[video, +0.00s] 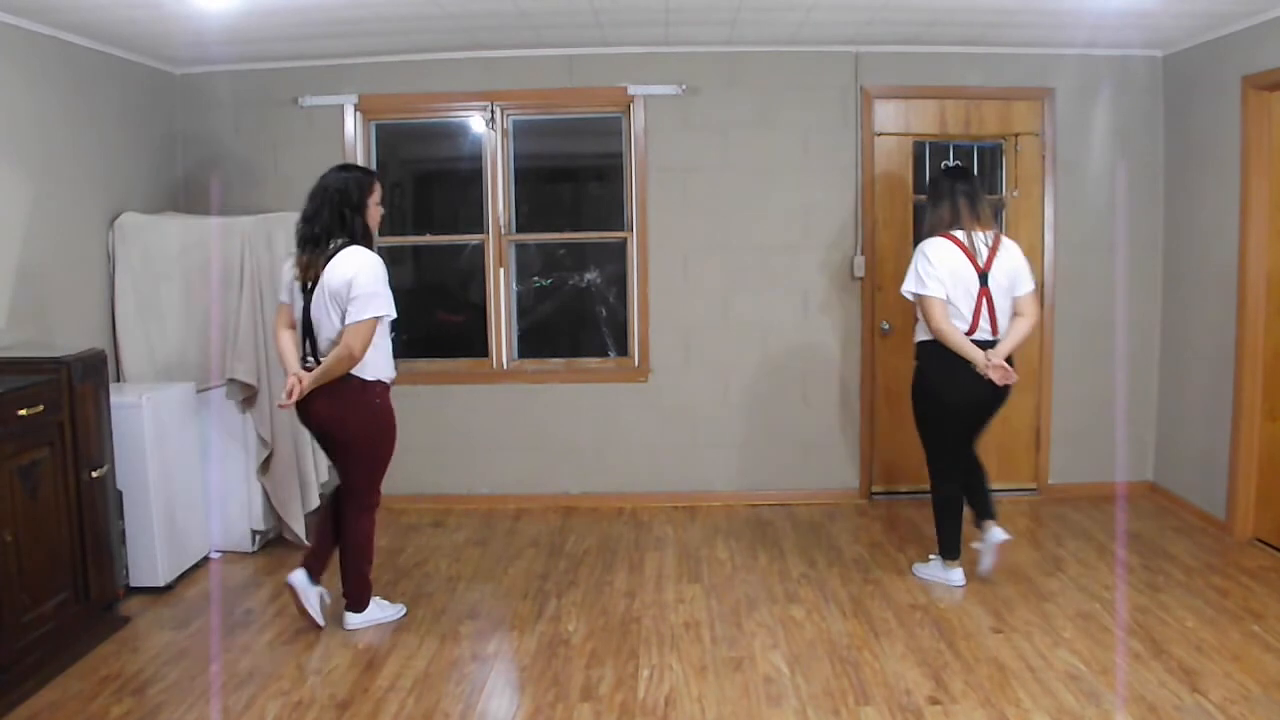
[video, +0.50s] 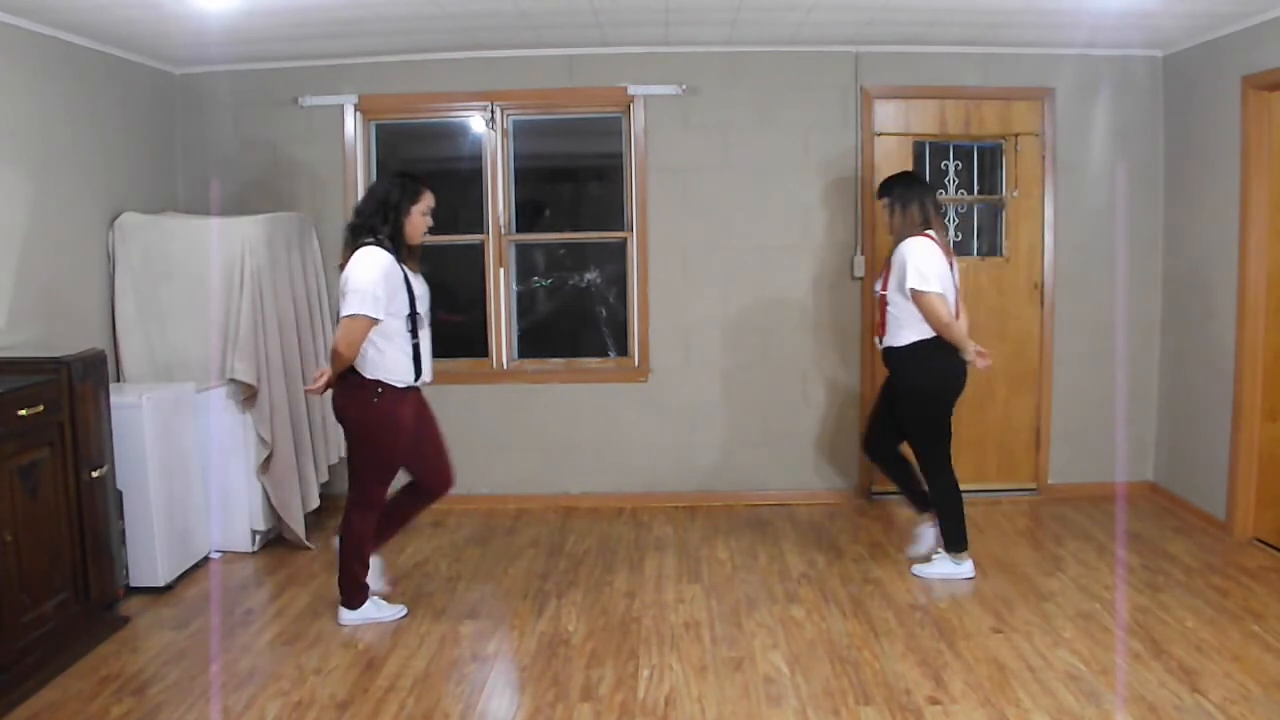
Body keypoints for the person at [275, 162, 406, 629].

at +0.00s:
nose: (382, 213)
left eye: (381, 203)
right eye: (377, 204)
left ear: (327, 207)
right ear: (355, 208)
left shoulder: (304, 262)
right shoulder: (366, 265)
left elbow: (285, 326)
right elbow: (352, 348)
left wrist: (295, 372)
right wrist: (310, 379)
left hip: (317, 397)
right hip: (359, 399)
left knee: (351, 486)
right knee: (362, 500)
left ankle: (309, 573)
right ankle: (359, 605)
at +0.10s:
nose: (391, 213)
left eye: (390, 204)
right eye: (386, 204)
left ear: (352, 207)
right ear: (363, 207)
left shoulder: (333, 259)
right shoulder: (364, 264)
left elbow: (301, 322)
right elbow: (348, 347)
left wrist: (302, 369)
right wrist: (312, 377)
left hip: (333, 392)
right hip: (362, 396)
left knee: (365, 488)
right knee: (365, 497)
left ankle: (317, 572)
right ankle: (359, 603)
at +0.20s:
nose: (396, 214)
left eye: (396, 205)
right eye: (391, 205)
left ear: (359, 206)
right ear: (367, 207)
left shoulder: (342, 257)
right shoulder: (362, 262)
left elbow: (322, 331)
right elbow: (343, 345)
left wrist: (310, 366)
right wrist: (315, 374)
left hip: (352, 391)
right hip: (362, 394)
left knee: (378, 485)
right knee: (365, 493)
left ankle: (316, 572)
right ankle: (357, 601)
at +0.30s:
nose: (405, 217)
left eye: (405, 208)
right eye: (399, 208)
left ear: (369, 209)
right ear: (374, 209)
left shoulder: (363, 259)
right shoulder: (360, 263)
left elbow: (340, 341)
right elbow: (341, 348)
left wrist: (319, 364)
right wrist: (319, 373)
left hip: (372, 393)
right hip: (359, 395)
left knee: (386, 486)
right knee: (364, 493)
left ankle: (316, 564)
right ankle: (354, 601)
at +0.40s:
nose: (416, 220)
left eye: (417, 211)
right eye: (410, 210)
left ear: (385, 214)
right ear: (384, 211)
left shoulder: (382, 263)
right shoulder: (364, 264)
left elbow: (361, 332)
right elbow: (341, 350)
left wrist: (326, 369)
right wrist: (324, 375)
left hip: (389, 393)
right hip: (363, 395)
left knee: (408, 486)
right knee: (366, 495)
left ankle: (328, 549)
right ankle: (354, 601)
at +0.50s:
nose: (430, 223)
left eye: (431, 214)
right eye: (424, 213)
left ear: (403, 215)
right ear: (398, 213)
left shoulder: (398, 263)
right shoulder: (372, 262)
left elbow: (372, 334)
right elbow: (344, 348)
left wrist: (335, 369)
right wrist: (335, 372)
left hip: (401, 394)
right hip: (371, 397)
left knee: (434, 480)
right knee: (367, 500)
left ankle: (365, 546)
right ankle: (353, 602)